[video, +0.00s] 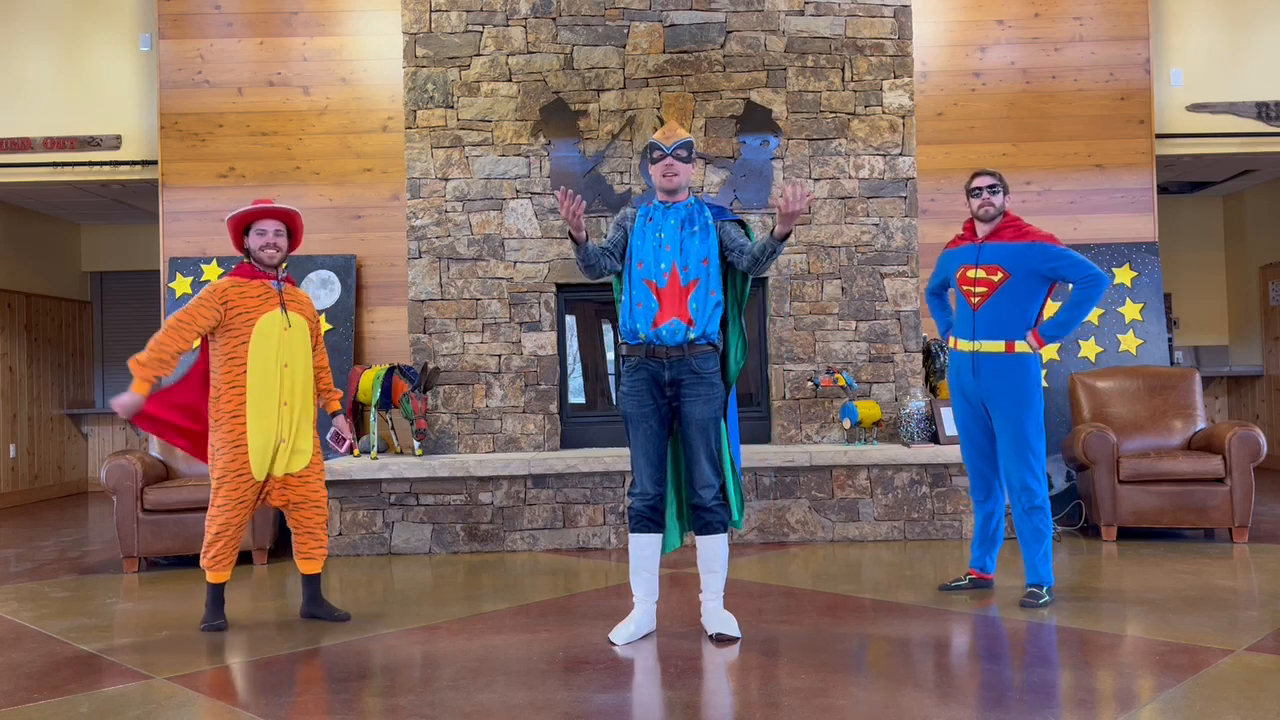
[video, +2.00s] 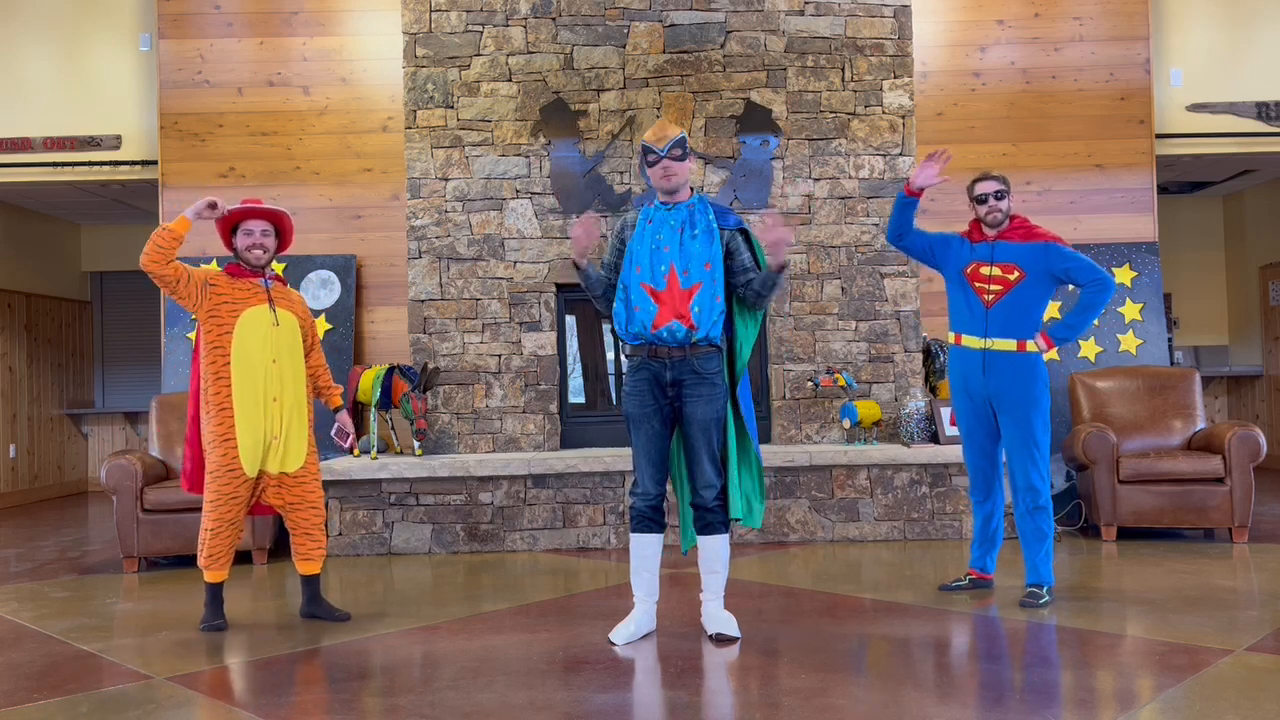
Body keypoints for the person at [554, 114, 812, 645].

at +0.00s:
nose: (669, 164)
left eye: (680, 157)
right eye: (659, 157)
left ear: (695, 167)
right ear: (648, 168)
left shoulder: (715, 218)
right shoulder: (632, 217)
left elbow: (751, 262)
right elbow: (599, 265)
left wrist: (780, 230)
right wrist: (580, 237)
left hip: (699, 364)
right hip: (640, 366)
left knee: (706, 485)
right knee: (646, 487)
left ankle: (714, 608)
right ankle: (643, 609)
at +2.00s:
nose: (668, 166)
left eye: (677, 156)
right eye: (657, 160)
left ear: (693, 164)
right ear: (645, 171)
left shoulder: (722, 221)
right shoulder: (631, 223)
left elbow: (752, 295)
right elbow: (608, 298)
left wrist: (775, 265)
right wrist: (585, 262)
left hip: (702, 365)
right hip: (643, 366)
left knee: (708, 485)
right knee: (647, 488)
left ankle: (714, 607)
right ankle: (644, 609)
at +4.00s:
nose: (685, 162)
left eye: (695, 156)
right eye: (675, 154)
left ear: (706, 169)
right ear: (659, 165)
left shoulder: (722, 221)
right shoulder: (639, 217)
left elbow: (743, 266)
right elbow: (620, 262)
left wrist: (760, 252)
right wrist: (616, 247)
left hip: (703, 363)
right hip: (644, 364)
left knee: (707, 484)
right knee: (648, 485)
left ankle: (713, 607)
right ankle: (644, 609)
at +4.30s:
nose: (684, 163)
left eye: (694, 156)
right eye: (674, 155)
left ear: (706, 168)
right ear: (659, 164)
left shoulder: (723, 220)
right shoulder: (640, 218)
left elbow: (742, 269)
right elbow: (623, 265)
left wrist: (759, 253)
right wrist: (615, 246)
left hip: (704, 363)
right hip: (645, 364)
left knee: (708, 484)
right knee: (649, 486)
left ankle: (714, 608)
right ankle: (644, 608)